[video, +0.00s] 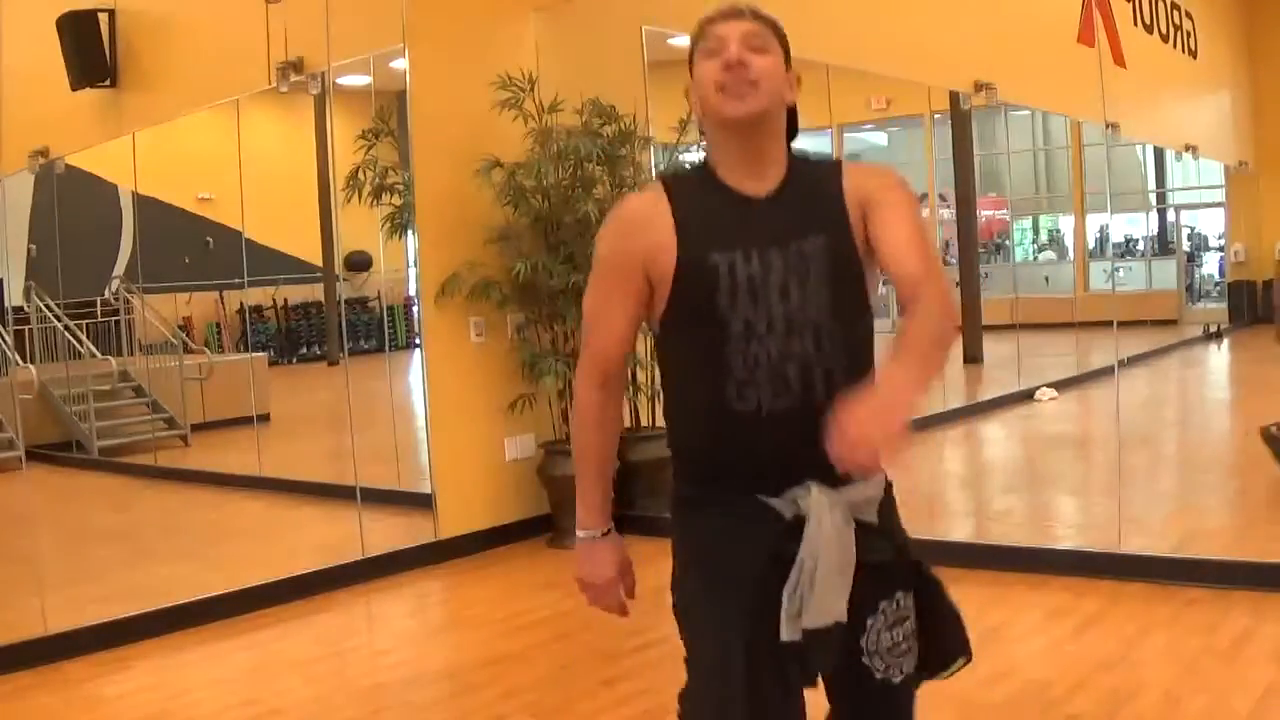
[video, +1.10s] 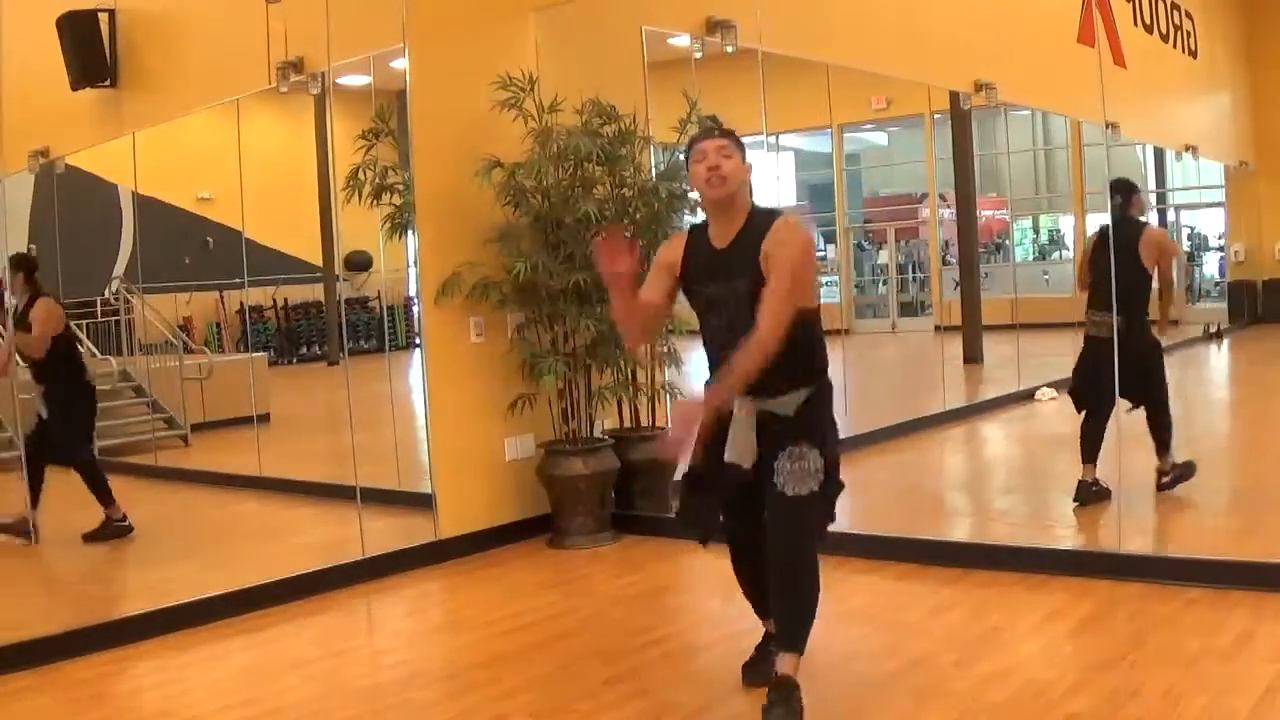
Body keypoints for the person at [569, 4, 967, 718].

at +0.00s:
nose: (734, 58)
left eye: (755, 48)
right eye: (713, 52)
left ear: (790, 85)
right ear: (691, 94)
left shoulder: (866, 191)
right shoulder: (643, 222)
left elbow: (933, 306)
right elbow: (600, 380)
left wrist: (888, 397)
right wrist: (594, 528)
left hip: (854, 508)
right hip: (727, 524)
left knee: (881, 703)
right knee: (739, 704)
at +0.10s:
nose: (755, 91)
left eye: (775, 82)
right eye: (735, 85)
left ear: (806, 115)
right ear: (713, 124)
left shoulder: (872, 218)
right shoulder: (660, 243)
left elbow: (902, 300)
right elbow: (615, 379)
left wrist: (822, 318)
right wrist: (602, 508)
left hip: (843, 517)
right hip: (726, 525)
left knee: (843, 699)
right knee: (736, 704)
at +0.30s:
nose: (780, 103)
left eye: (798, 94)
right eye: (763, 96)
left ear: (826, 124)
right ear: (742, 129)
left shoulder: (876, 224)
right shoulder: (688, 230)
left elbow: (882, 348)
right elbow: (643, 339)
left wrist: (772, 419)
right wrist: (636, 444)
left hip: (833, 475)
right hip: (729, 476)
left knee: (823, 660)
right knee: (729, 672)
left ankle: (812, 717)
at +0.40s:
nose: (774, 90)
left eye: (791, 82)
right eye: (757, 83)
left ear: (817, 111)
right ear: (738, 116)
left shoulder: (863, 212)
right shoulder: (692, 212)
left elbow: (874, 351)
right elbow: (651, 325)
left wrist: (851, 469)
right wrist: (637, 433)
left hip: (826, 449)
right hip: (725, 448)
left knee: (818, 625)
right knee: (719, 627)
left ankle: (809, 716)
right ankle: (719, 718)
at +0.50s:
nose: (769, 98)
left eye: (785, 91)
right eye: (753, 92)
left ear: (810, 120)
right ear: (734, 123)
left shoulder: (858, 214)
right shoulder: (692, 218)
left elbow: (906, 326)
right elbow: (649, 321)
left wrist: (915, 421)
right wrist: (637, 421)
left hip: (817, 443)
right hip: (722, 441)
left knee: (811, 612)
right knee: (716, 604)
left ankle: (806, 716)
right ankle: (729, 706)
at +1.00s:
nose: (717, 188)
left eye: (728, 178)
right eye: (705, 182)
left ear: (752, 191)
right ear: (694, 202)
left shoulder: (795, 266)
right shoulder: (683, 274)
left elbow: (822, 371)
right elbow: (657, 351)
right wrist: (645, 363)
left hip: (789, 434)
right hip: (721, 433)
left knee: (790, 564)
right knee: (731, 553)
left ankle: (791, 694)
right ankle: (773, 631)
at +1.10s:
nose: (713, 165)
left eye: (724, 155)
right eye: (701, 160)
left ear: (746, 168)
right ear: (691, 181)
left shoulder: (784, 232)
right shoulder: (680, 249)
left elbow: (771, 331)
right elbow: (637, 332)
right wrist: (619, 284)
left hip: (795, 406)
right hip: (732, 408)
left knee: (791, 535)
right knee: (743, 533)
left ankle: (787, 668)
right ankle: (775, 628)